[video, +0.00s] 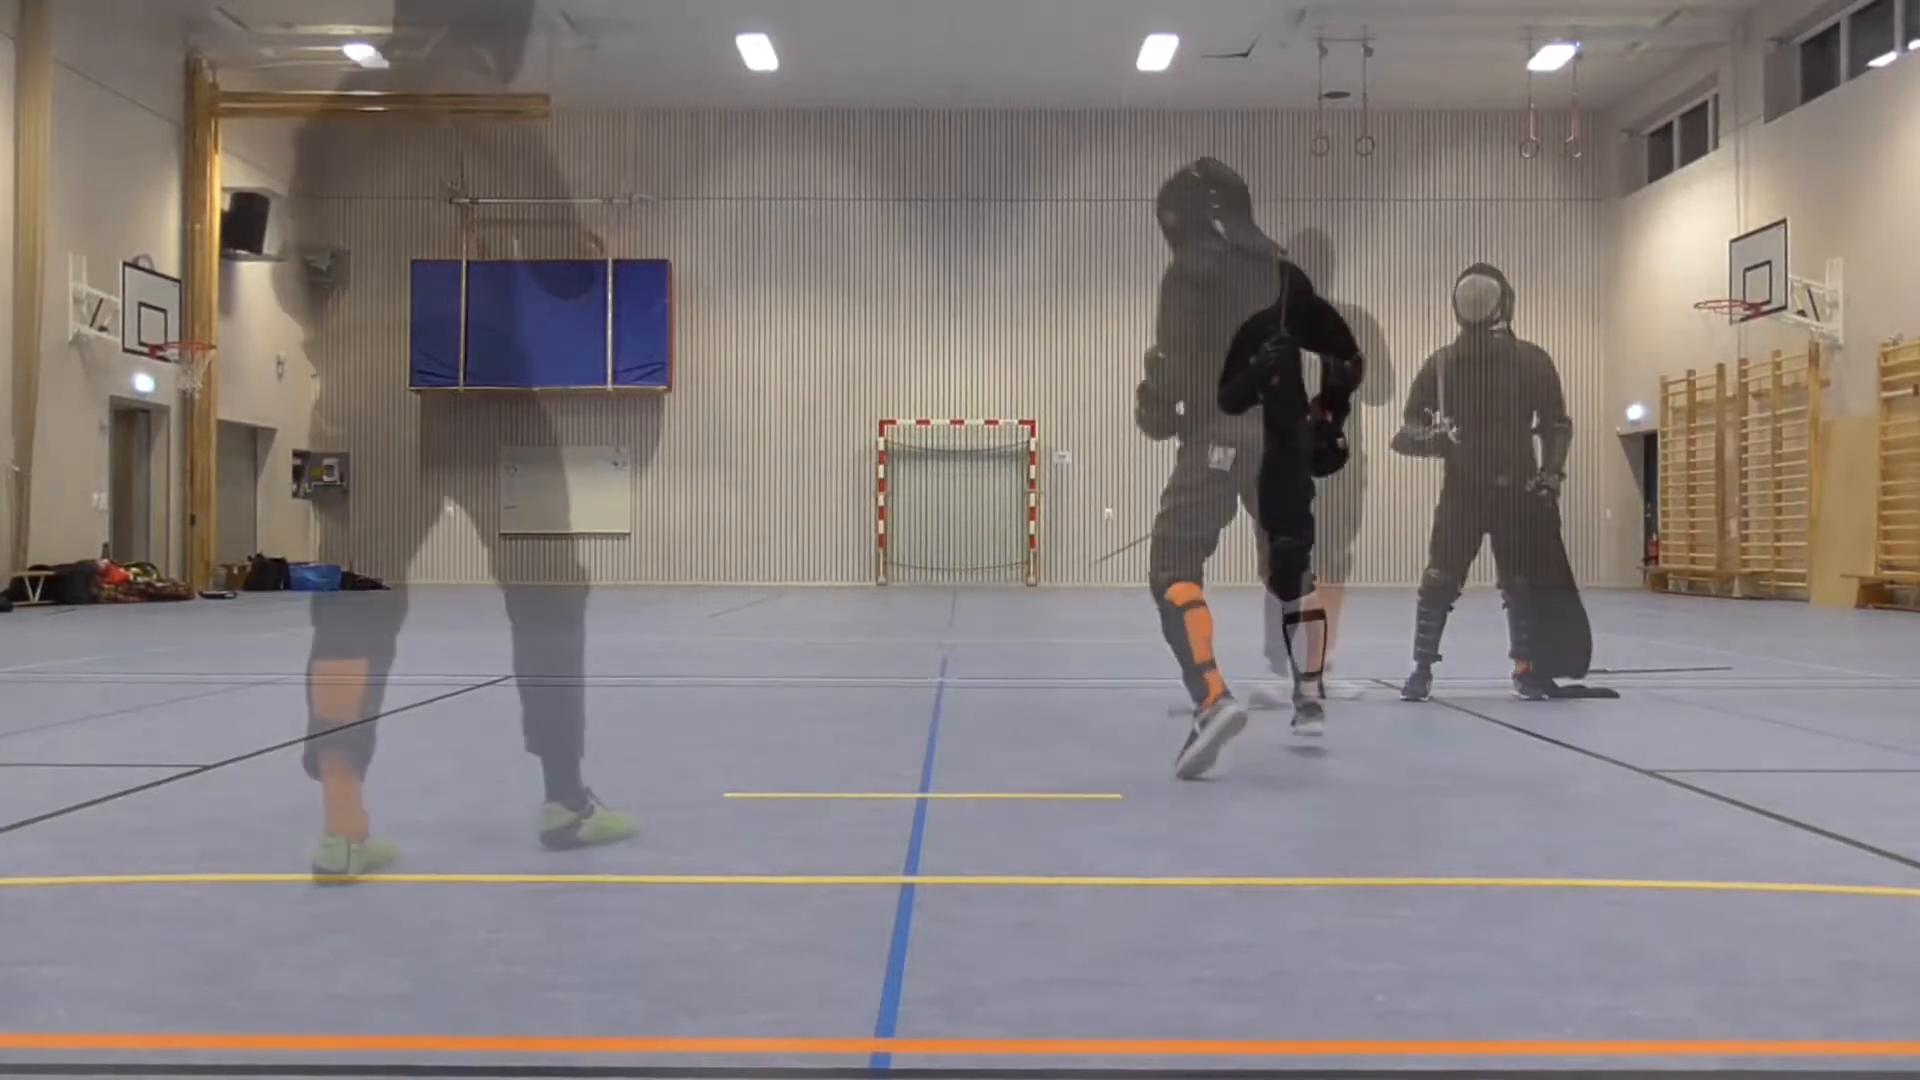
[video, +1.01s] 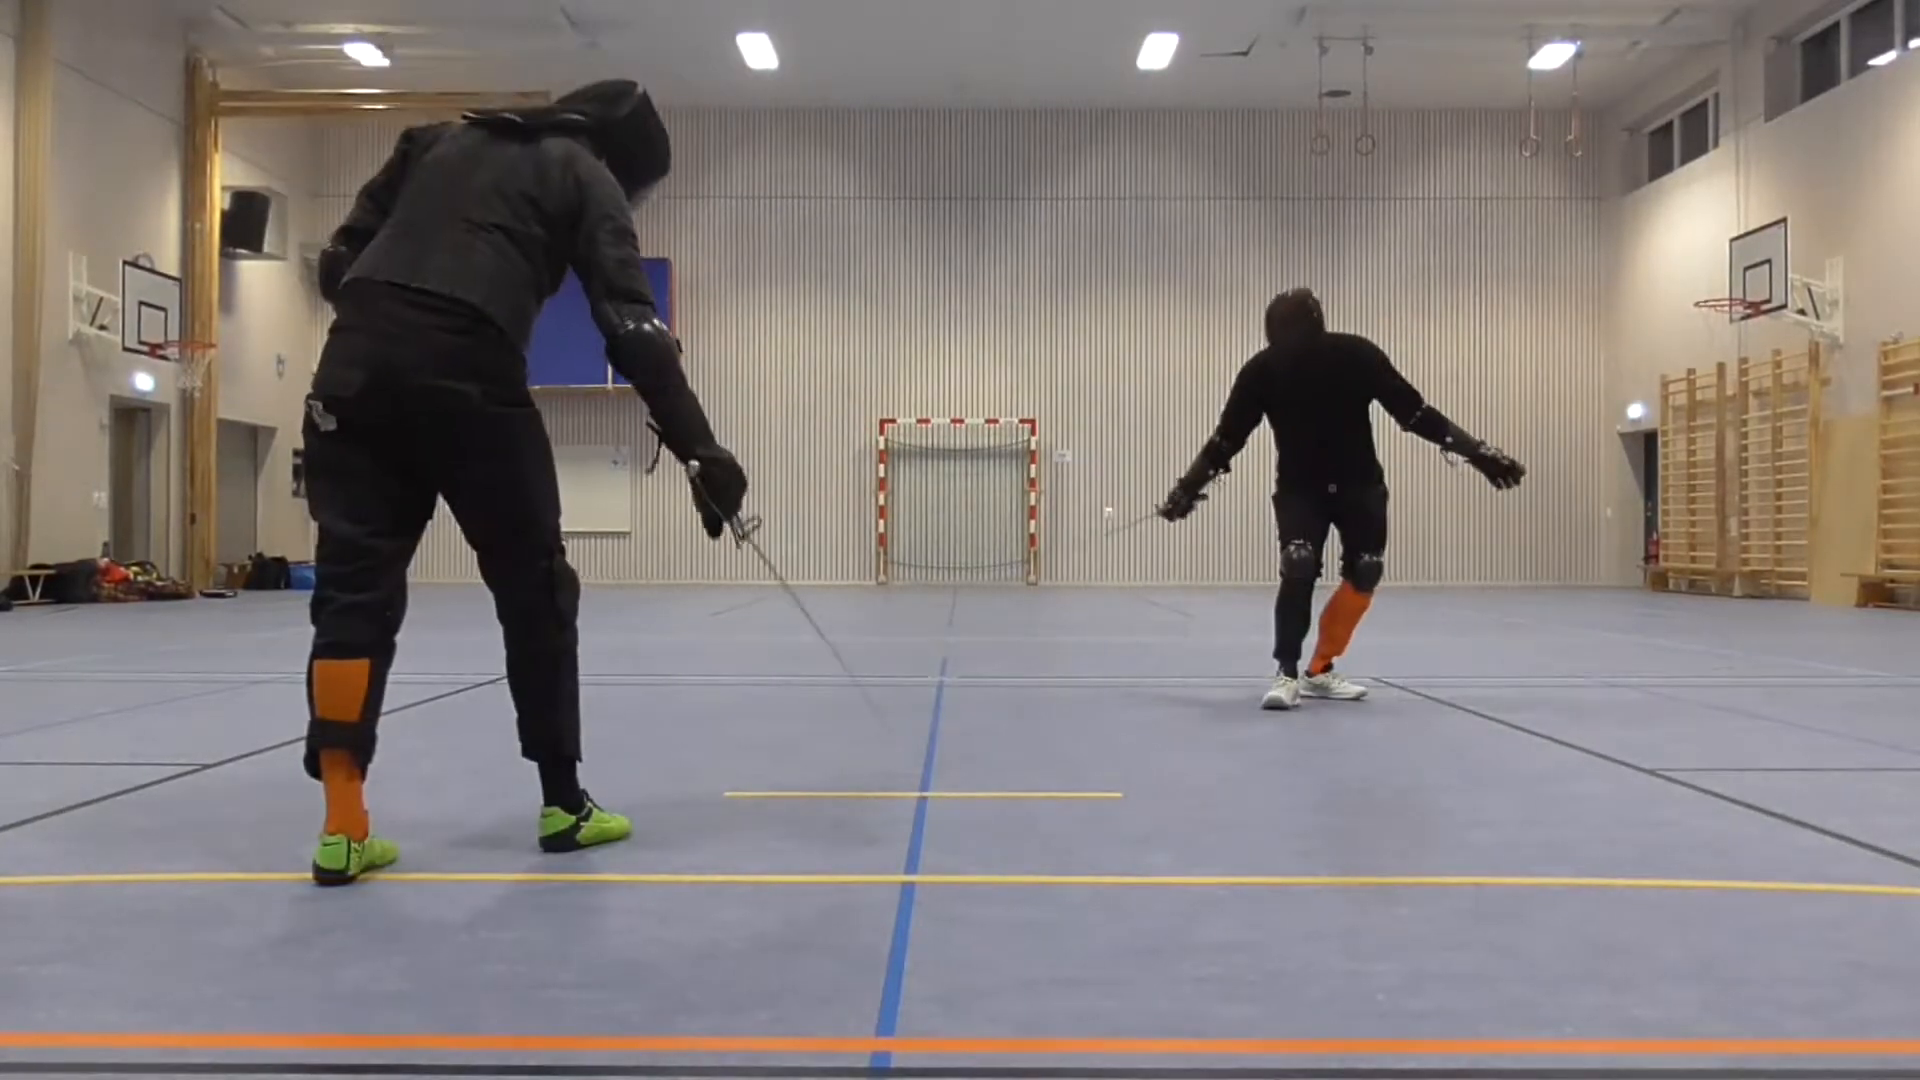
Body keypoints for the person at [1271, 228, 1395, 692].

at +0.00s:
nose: (1309, 272)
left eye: (1317, 260)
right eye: (1301, 260)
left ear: (1330, 265)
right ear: (1285, 266)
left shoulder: (1352, 321)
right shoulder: (1272, 320)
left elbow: (1382, 388)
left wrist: (1345, 370)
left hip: (1336, 456)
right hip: (1279, 454)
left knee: (1331, 556)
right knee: (1280, 552)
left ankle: (1321, 659)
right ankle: (1281, 653)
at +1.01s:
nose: (1277, 341)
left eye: (1278, 331)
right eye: (1276, 331)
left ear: (1283, 328)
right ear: (1318, 320)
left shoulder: (1357, 358)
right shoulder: (1262, 375)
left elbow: (1414, 413)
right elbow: (1227, 439)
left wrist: (1477, 453)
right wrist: (1188, 488)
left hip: (1358, 483)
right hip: (1300, 486)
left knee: (1366, 572)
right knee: (1299, 569)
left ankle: (1319, 671)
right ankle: (1286, 675)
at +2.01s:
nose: (1312, 292)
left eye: (1315, 281)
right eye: (1309, 282)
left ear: (1294, 284)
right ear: (1334, 282)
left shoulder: (1364, 331)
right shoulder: (1275, 341)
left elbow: (1422, 354)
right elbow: (1217, 383)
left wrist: (1451, 349)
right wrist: (1187, 380)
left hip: (1361, 476)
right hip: (1305, 478)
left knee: (1359, 573)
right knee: (1303, 564)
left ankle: (1319, 672)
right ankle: (1286, 674)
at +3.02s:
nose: (1251, 293)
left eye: (1262, 283)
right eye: (1243, 283)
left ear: (1282, 285)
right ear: (1230, 286)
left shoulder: (1300, 337)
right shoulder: (1206, 347)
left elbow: (1362, 381)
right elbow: (1181, 420)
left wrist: (1312, 326)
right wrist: (1164, 473)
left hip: (1283, 479)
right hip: (1226, 482)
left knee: (1348, 573)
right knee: (1235, 565)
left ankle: (1292, 662)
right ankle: (1225, 691)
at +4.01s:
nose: (1164, 262)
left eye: (1176, 253)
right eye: (1161, 252)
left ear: (1204, 264)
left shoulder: (1227, 325)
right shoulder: (1126, 330)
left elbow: (1287, 380)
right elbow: (1092, 404)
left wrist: (1245, 320)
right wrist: (1072, 460)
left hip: (1206, 482)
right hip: (1142, 480)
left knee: (1254, 590)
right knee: (1123, 561)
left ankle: (1228, 690)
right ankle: (1075, 680)